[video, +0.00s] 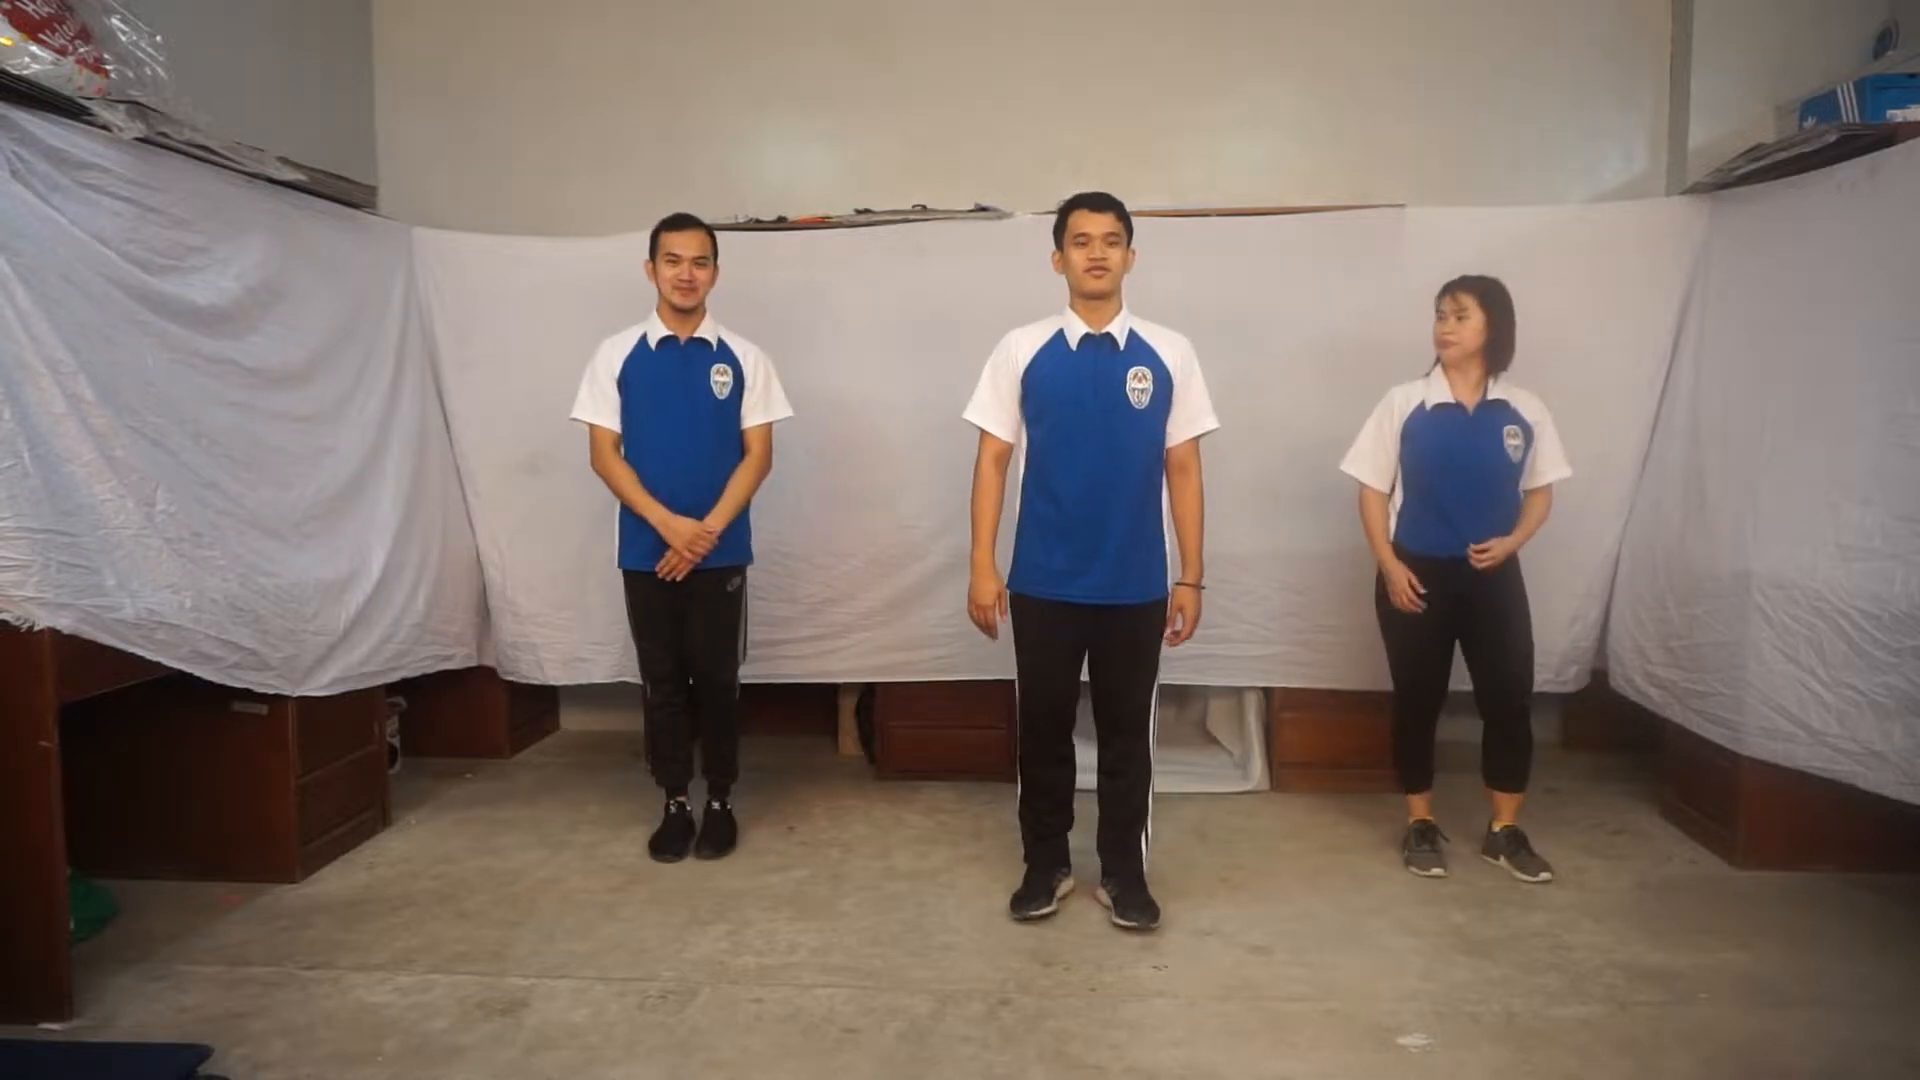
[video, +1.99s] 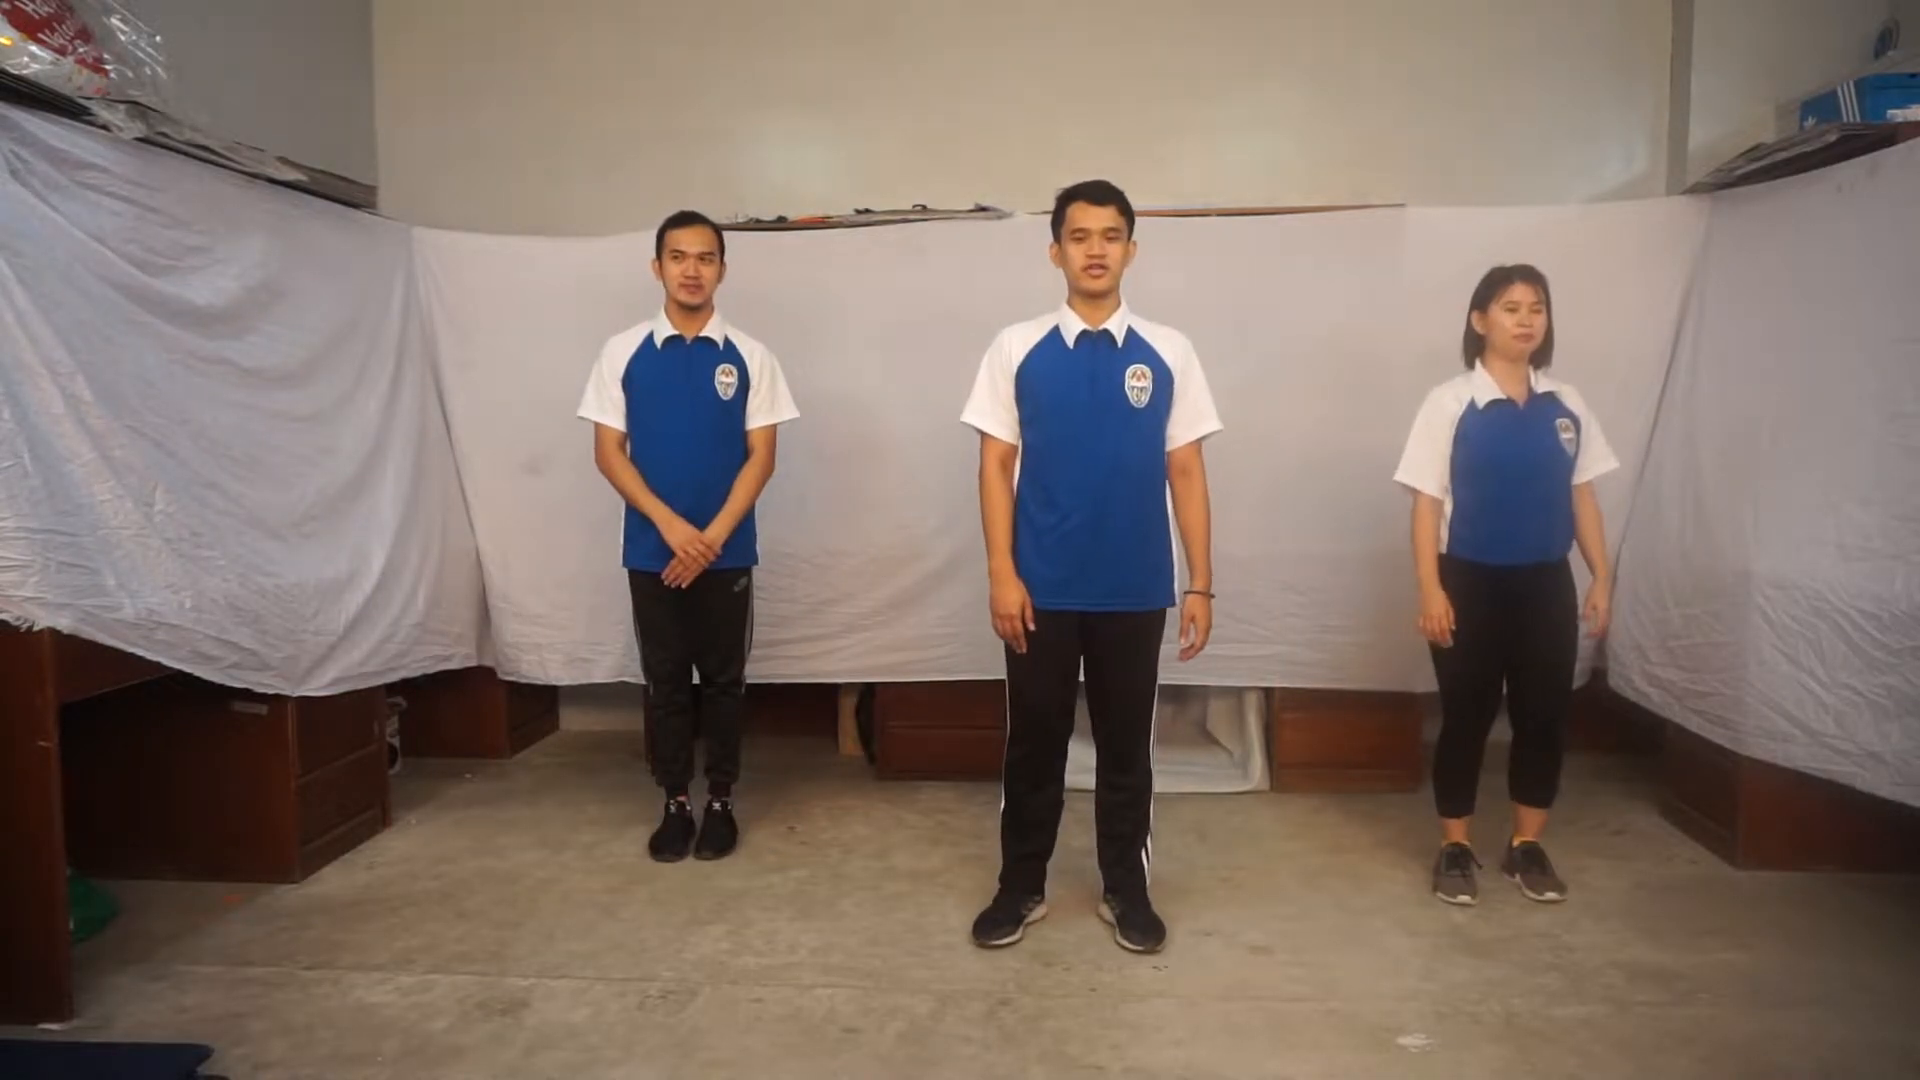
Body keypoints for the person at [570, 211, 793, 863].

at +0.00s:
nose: (687, 273)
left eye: (700, 262)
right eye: (673, 261)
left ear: (714, 273)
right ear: (653, 270)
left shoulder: (744, 359)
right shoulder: (617, 355)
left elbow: (759, 457)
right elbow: (603, 456)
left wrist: (703, 537)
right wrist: (665, 521)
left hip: (720, 555)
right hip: (647, 556)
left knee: (717, 683)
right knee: (663, 687)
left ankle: (719, 801)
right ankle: (676, 804)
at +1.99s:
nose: (693, 269)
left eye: (705, 258)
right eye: (680, 257)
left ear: (720, 270)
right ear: (659, 268)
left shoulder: (750, 358)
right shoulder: (623, 353)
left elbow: (762, 459)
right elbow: (608, 454)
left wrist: (708, 542)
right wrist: (667, 521)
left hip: (726, 555)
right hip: (654, 556)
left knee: (723, 684)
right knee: (666, 687)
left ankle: (720, 802)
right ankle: (676, 804)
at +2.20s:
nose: (690, 268)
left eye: (703, 257)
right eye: (677, 256)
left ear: (720, 269)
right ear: (659, 267)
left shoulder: (750, 358)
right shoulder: (623, 352)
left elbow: (761, 459)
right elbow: (607, 453)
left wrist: (705, 541)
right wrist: (665, 521)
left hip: (725, 556)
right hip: (653, 555)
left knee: (722, 684)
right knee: (666, 687)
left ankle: (720, 802)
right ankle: (675, 804)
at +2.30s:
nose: (689, 268)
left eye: (702, 257)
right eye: (676, 256)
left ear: (719, 269)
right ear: (657, 266)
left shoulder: (749, 357)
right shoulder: (623, 352)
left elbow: (761, 458)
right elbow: (607, 454)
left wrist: (705, 541)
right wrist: (664, 524)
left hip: (726, 555)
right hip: (654, 556)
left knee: (723, 684)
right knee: (667, 687)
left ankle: (720, 802)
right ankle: (675, 804)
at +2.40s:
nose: (686, 267)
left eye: (700, 257)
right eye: (673, 256)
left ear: (717, 269)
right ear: (656, 267)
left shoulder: (749, 356)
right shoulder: (622, 353)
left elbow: (763, 457)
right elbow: (608, 455)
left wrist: (707, 541)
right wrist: (664, 525)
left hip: (727, 555)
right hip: (655, 555)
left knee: (723, 684)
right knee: (666, 686)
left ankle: (720, 802)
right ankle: (676, 804)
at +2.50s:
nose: (684, 266)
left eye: (698, 255)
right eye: (671, 255)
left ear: (716, 267)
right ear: (655, 267)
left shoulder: (750, 354)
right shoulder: (623, 353)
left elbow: (766, 457)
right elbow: (609, 456)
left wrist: (713, 539)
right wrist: (663, 525)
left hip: (729, 554)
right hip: (656, 555)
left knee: (724, 685)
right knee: (667, 687)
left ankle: (720, 803)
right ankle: (676, 804)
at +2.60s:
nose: (684, 266)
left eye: (697, 255)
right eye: (671, 256)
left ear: (716, 267)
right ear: (655, 268)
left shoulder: (751, 355)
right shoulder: (625, 352)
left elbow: (768, 456)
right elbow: (610, 456)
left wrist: (724, 538)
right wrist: (660, 531)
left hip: (728, 554)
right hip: (656, 555)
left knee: (723, 684)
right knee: (667, 685)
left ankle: (719, 801)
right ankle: (675, 803)